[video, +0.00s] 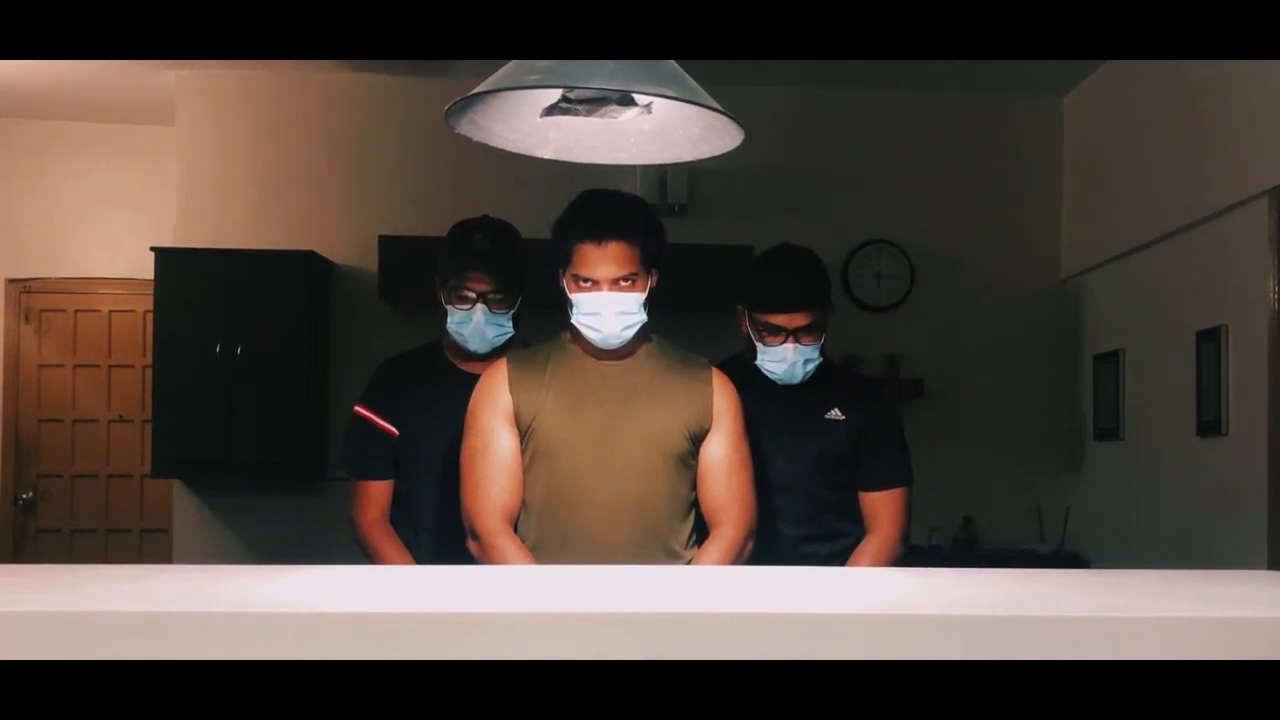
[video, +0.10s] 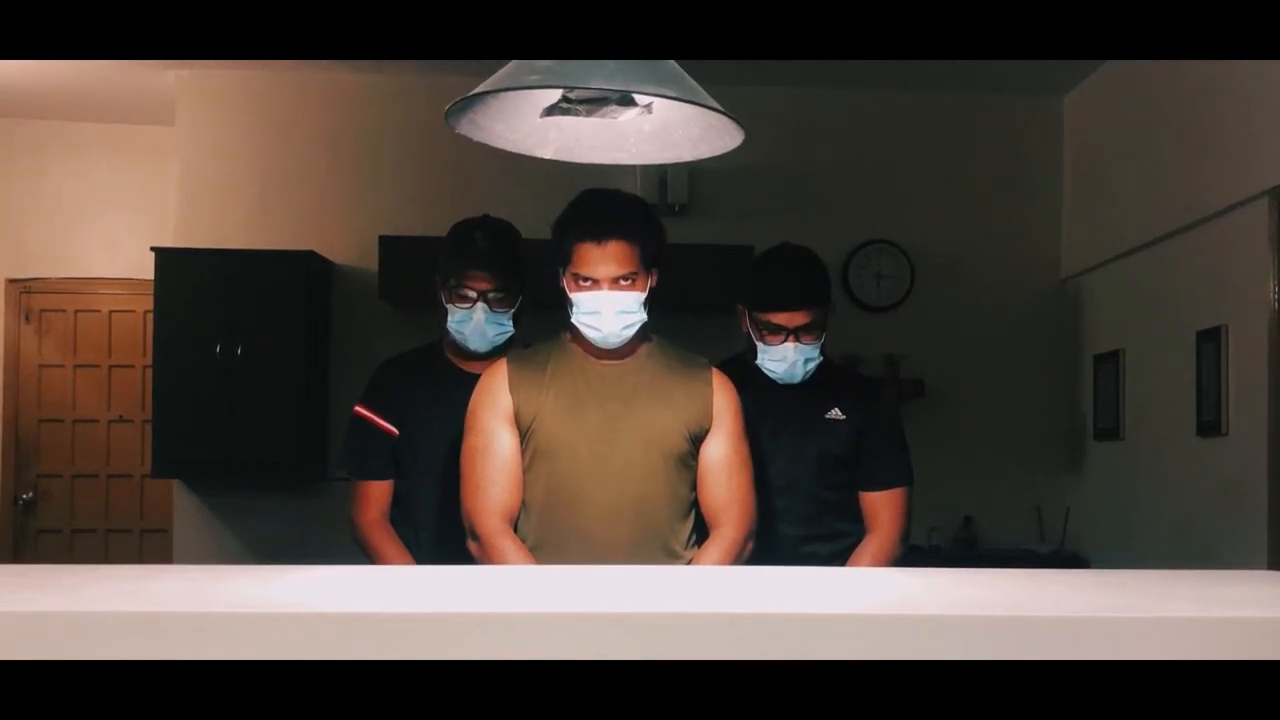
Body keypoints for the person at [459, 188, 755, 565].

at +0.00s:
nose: (605, 300)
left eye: (624, 282)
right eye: (586, 283)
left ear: (649, 282)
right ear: (564, 281)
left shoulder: (707, 389)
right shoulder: (507, 383)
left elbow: (733, 533)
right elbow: (488, 530)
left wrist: (670, 615)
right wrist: (555, 611)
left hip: (667, 615)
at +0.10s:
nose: (605, 299)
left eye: (624, 281)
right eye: (586, 282)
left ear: (649, 281)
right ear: (564, 281)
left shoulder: (707, 390)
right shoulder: (507, 383)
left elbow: (733, 533)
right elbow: (488, 530)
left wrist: (670, 615)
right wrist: (555, 612)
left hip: (667, 615)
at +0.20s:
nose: (605, 298)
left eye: (624, 280)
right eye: (587, 281)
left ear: (649, 281)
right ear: (564, 281)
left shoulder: (707, 390)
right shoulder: (507, 383)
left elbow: (733, 533)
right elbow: (488, 530)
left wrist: (670, 615)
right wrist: (555, 611)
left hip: (667, 615)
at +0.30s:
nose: (605, 297)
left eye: (624, 279)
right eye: (587, 280)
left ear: (649, 281)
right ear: (564, 280)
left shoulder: (707, 390)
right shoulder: (507, 384)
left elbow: (733, 533)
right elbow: (488, 530)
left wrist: (669, 615)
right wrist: (555, 611)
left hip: (667, 615)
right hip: (544, 614)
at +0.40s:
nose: (606, 296)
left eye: (624, 278)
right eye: (587, 279)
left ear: (649, 280)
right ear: (564, 280)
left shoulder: (707, 390)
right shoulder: (507, 384)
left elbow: (733, 533)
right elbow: (488, 530)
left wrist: (669, 615)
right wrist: (556, 611)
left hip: (668, 613)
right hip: (545, 612)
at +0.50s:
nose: (606, 295)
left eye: (624, 276)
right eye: (587, 278)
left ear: (649, 279)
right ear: (564, 280)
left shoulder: (707, 390)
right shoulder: (507, 383)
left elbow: (733, 532)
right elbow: (488, 529)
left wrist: (670, 615)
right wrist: (554, 611)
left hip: (667, 615)